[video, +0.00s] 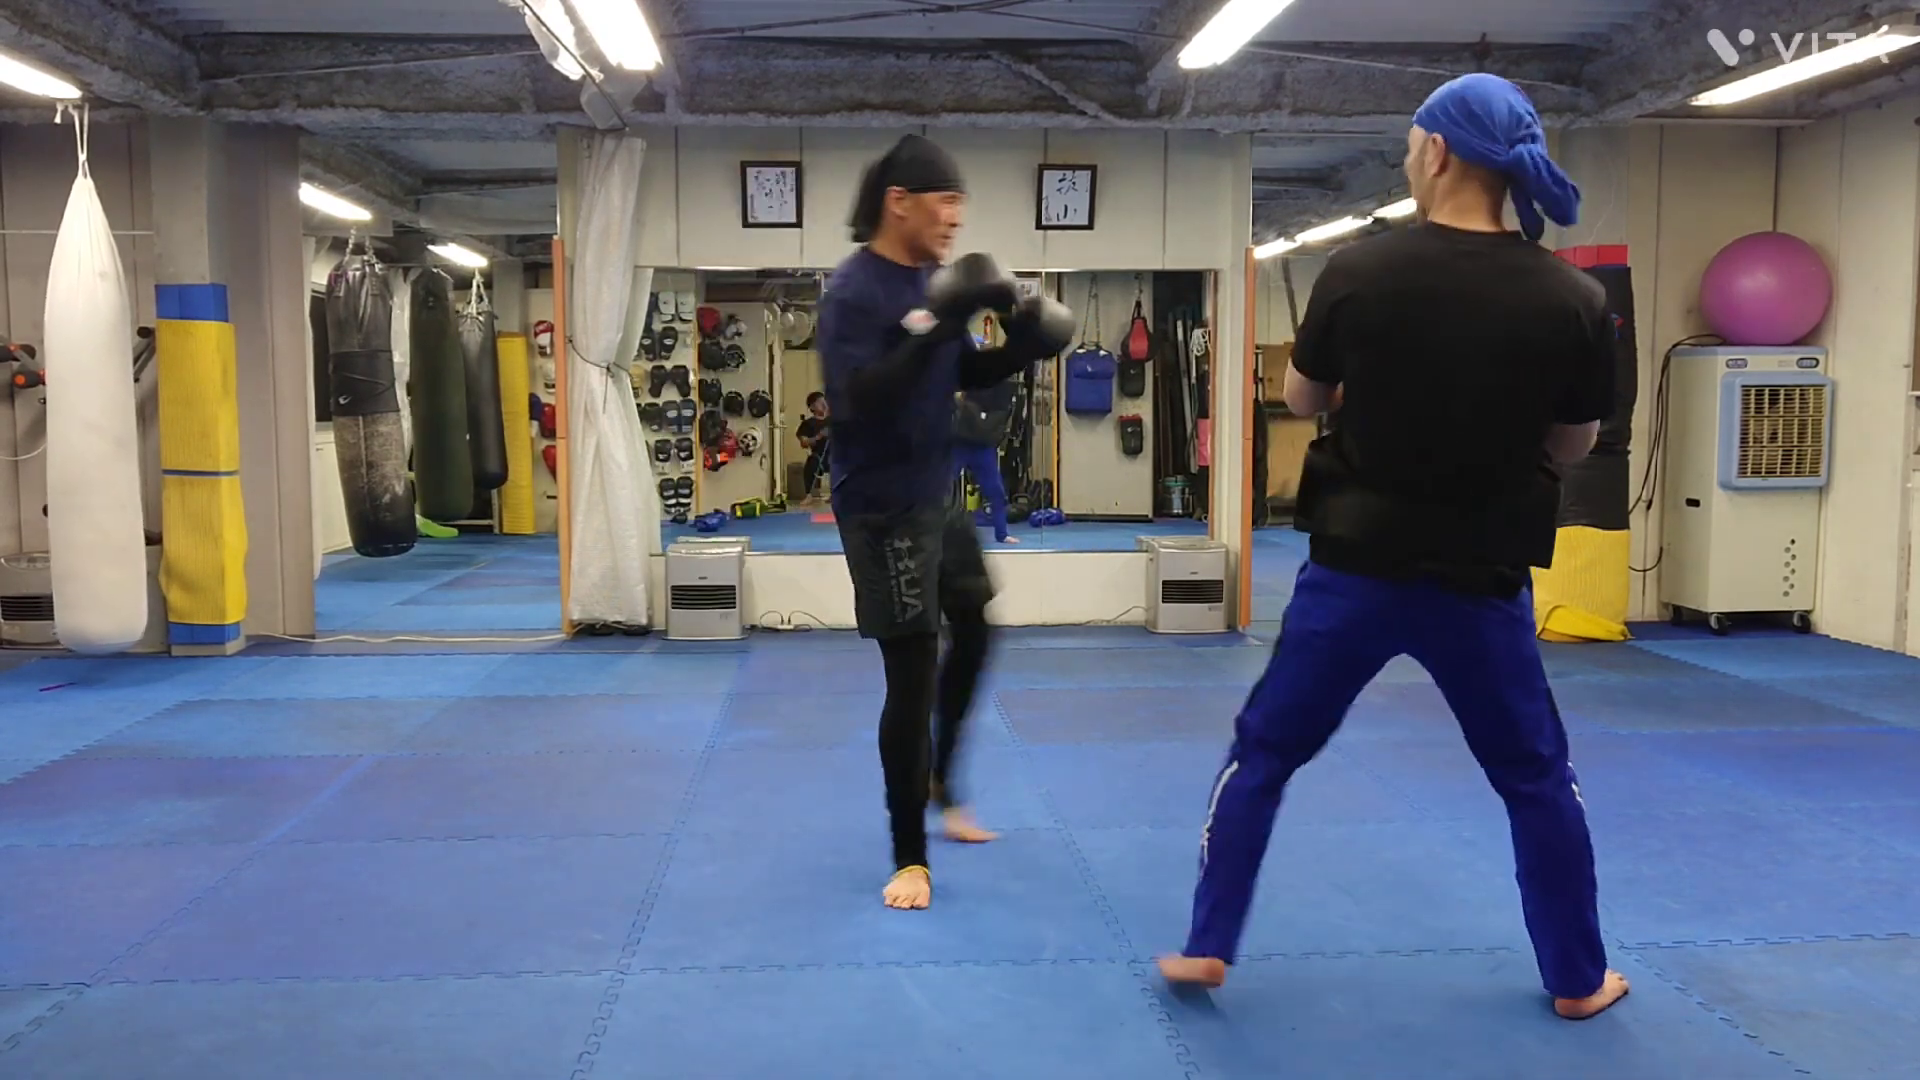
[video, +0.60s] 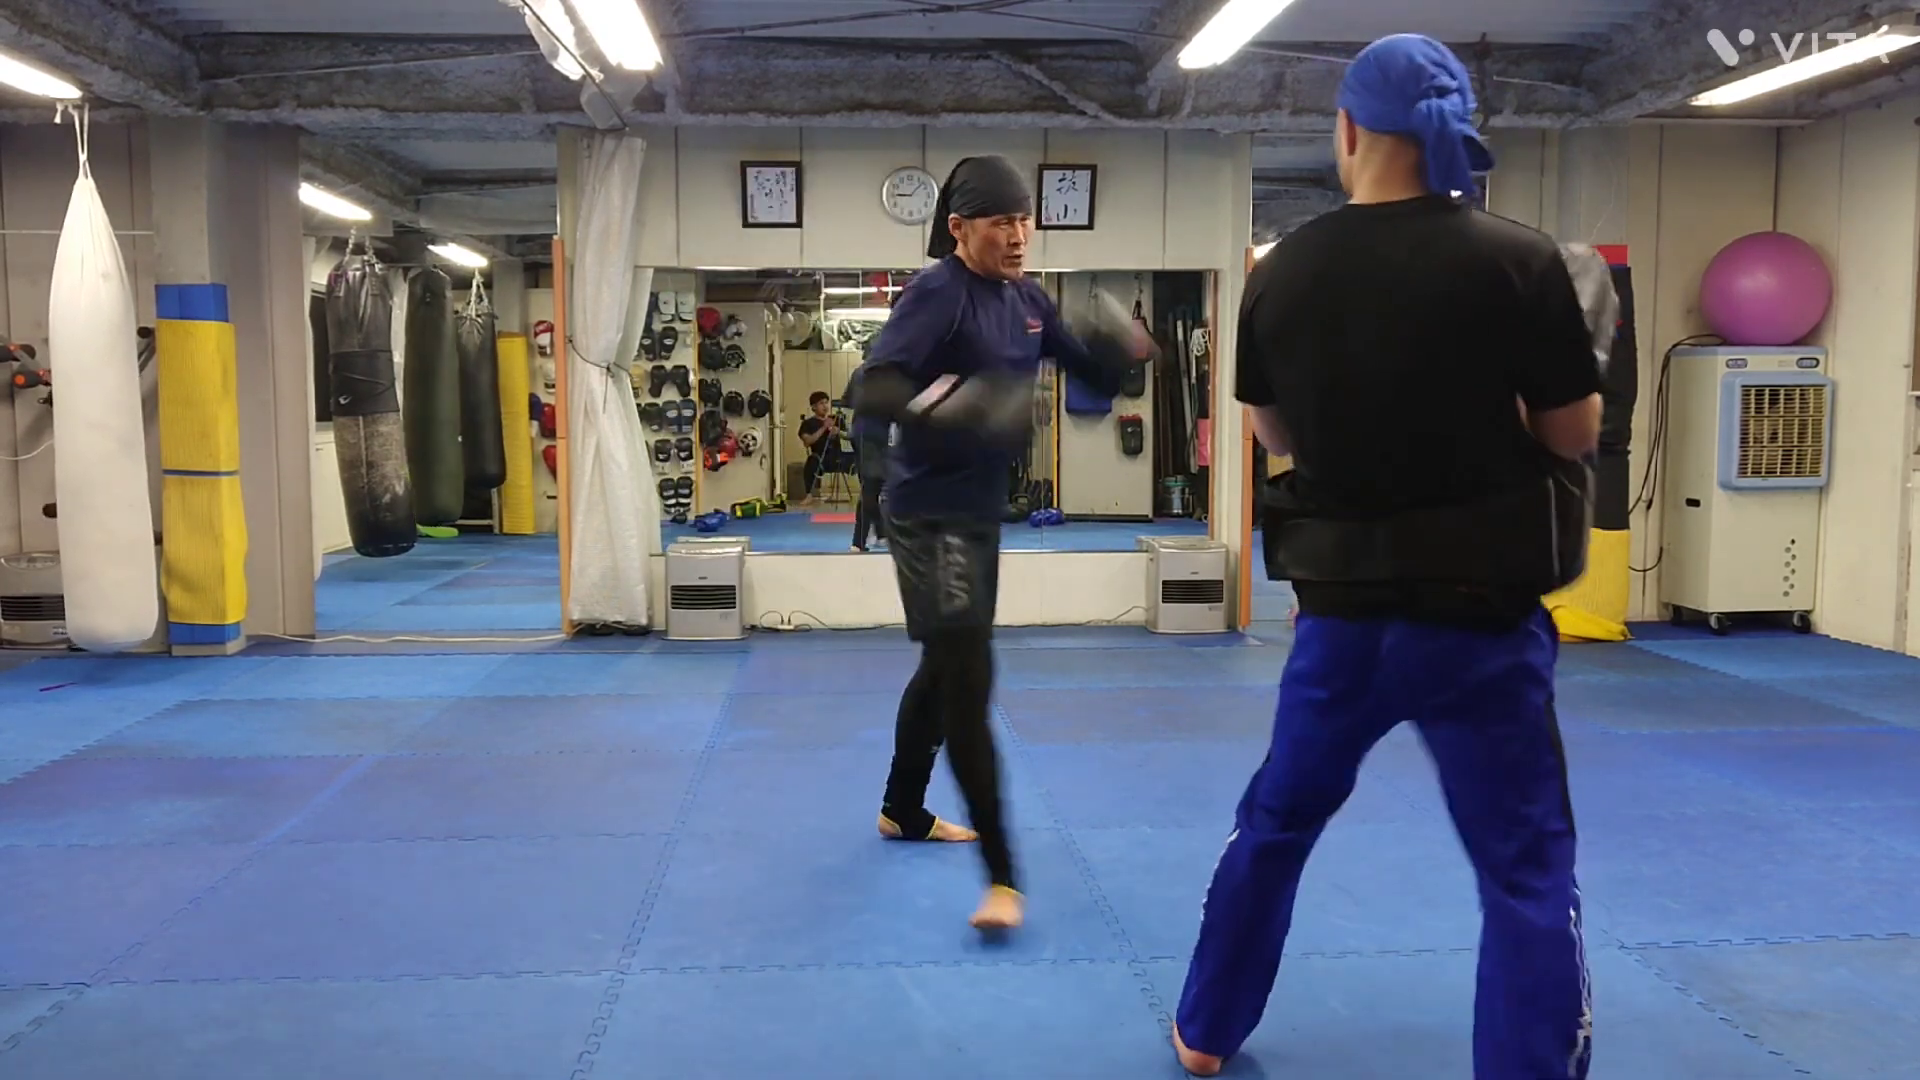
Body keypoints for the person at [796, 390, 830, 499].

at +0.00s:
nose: (824, 404)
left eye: (824, 400)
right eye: (820, 402)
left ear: (826, 401)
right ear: (812, 406)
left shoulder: (833, 420)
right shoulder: (808, 424)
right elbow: (804, 442)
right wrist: (816, 438)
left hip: (833, 452)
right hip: (817, 453)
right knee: (810, 465)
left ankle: (836, 493)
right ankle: (810, 494)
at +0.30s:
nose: (824, 406)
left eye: (825, 402)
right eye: (820, 403)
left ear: (829, 403)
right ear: (813, 407)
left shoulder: (836, 420)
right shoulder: (808, 423)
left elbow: (846, 432)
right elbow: (805, 441)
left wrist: (834, 427)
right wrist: (822, 426)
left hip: (838, 457)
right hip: (819, 457)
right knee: (812, 461)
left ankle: (847, 495)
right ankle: (809, 494)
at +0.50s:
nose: (825, 406)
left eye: (826, 402)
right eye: (821, 403)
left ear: (829, 404)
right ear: (813, 407)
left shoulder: (837, 420)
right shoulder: (808, 423)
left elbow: (850, 433)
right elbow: (807, 442)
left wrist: (838, 431)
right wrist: (823, 428)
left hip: (838, 456)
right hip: (819, 458)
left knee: (862, 461)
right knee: (812, 461)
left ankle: (861, 494)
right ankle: (809, 494)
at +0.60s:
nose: (825, 406)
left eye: (826, 402)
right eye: (821, 403)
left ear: (829, 404)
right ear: (813, 407)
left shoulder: (836, 419)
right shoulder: (808, 423)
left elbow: (848, 435)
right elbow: (807, 442)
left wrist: (837, 431)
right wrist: (824, 428)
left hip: (837, 455)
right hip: (819, 456)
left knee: (860, 459)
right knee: (811, 462)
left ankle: (866, 492)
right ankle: (809, 494)